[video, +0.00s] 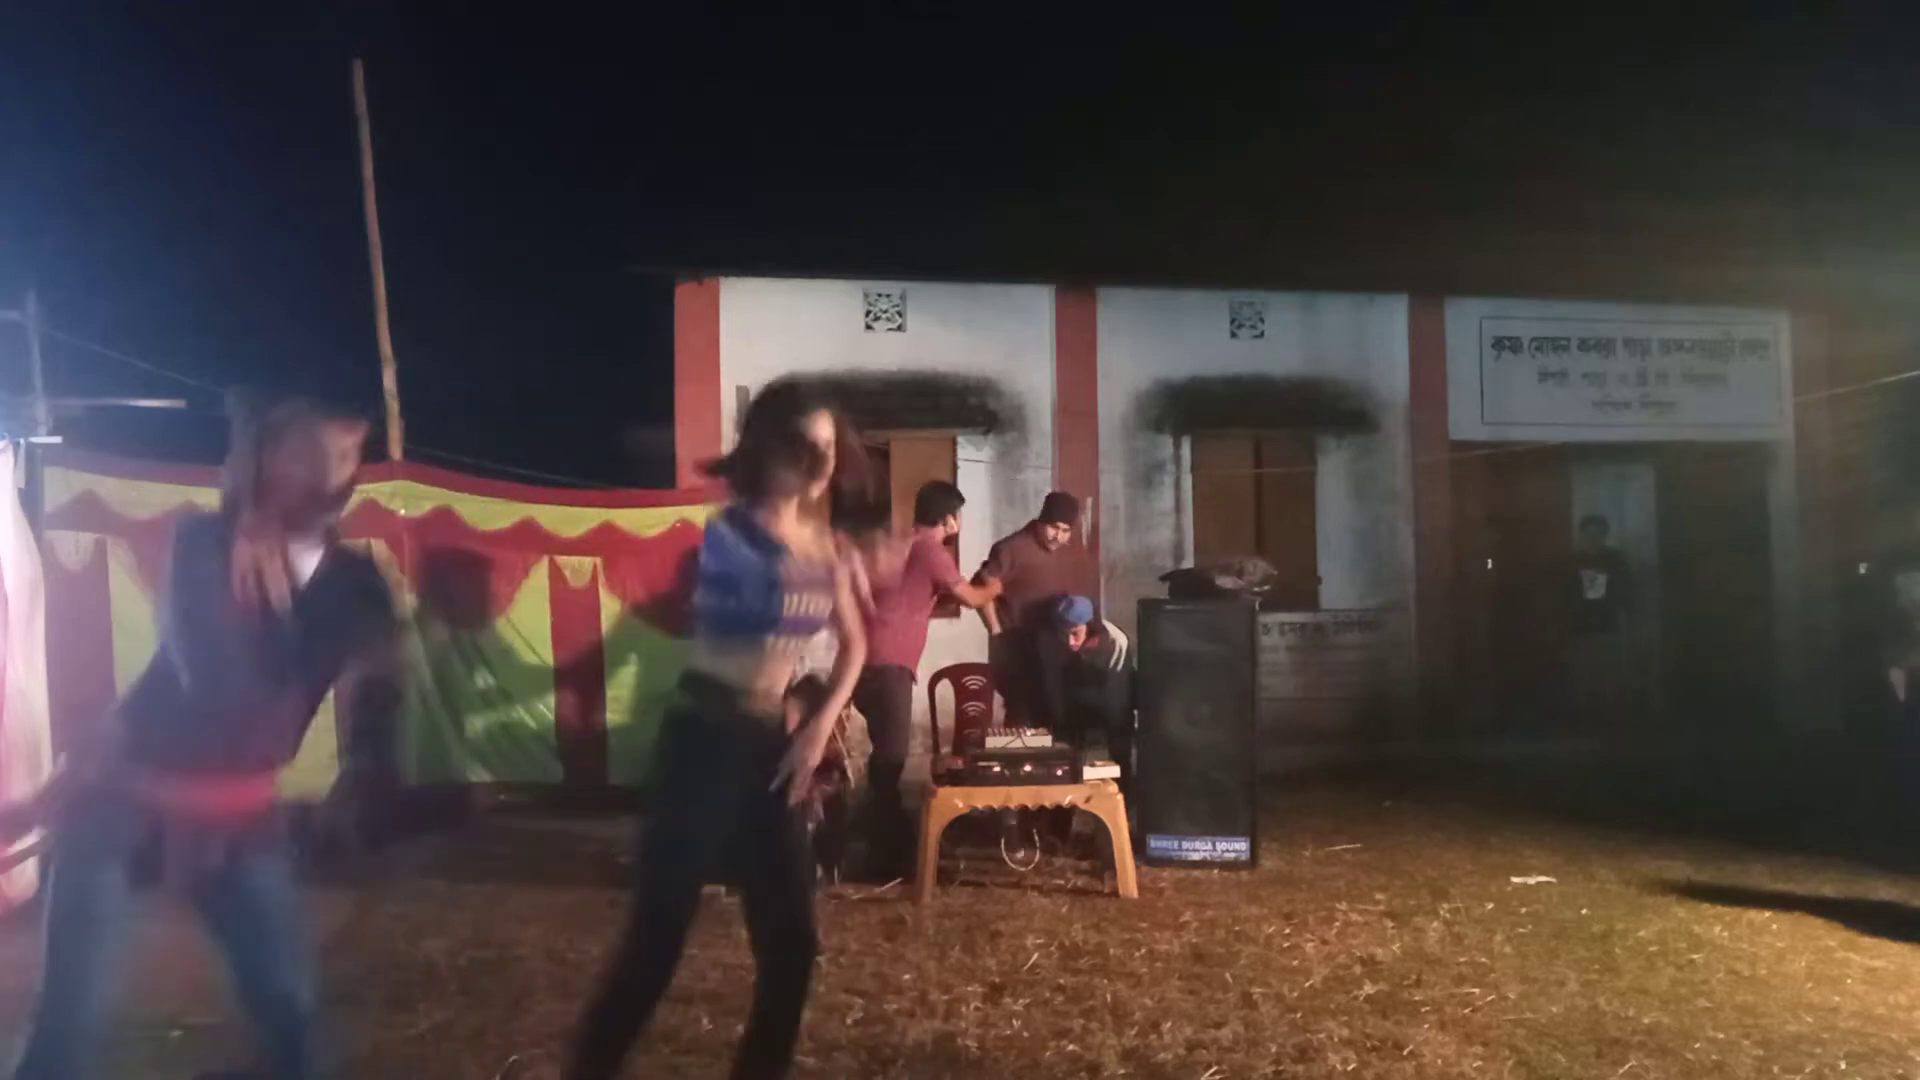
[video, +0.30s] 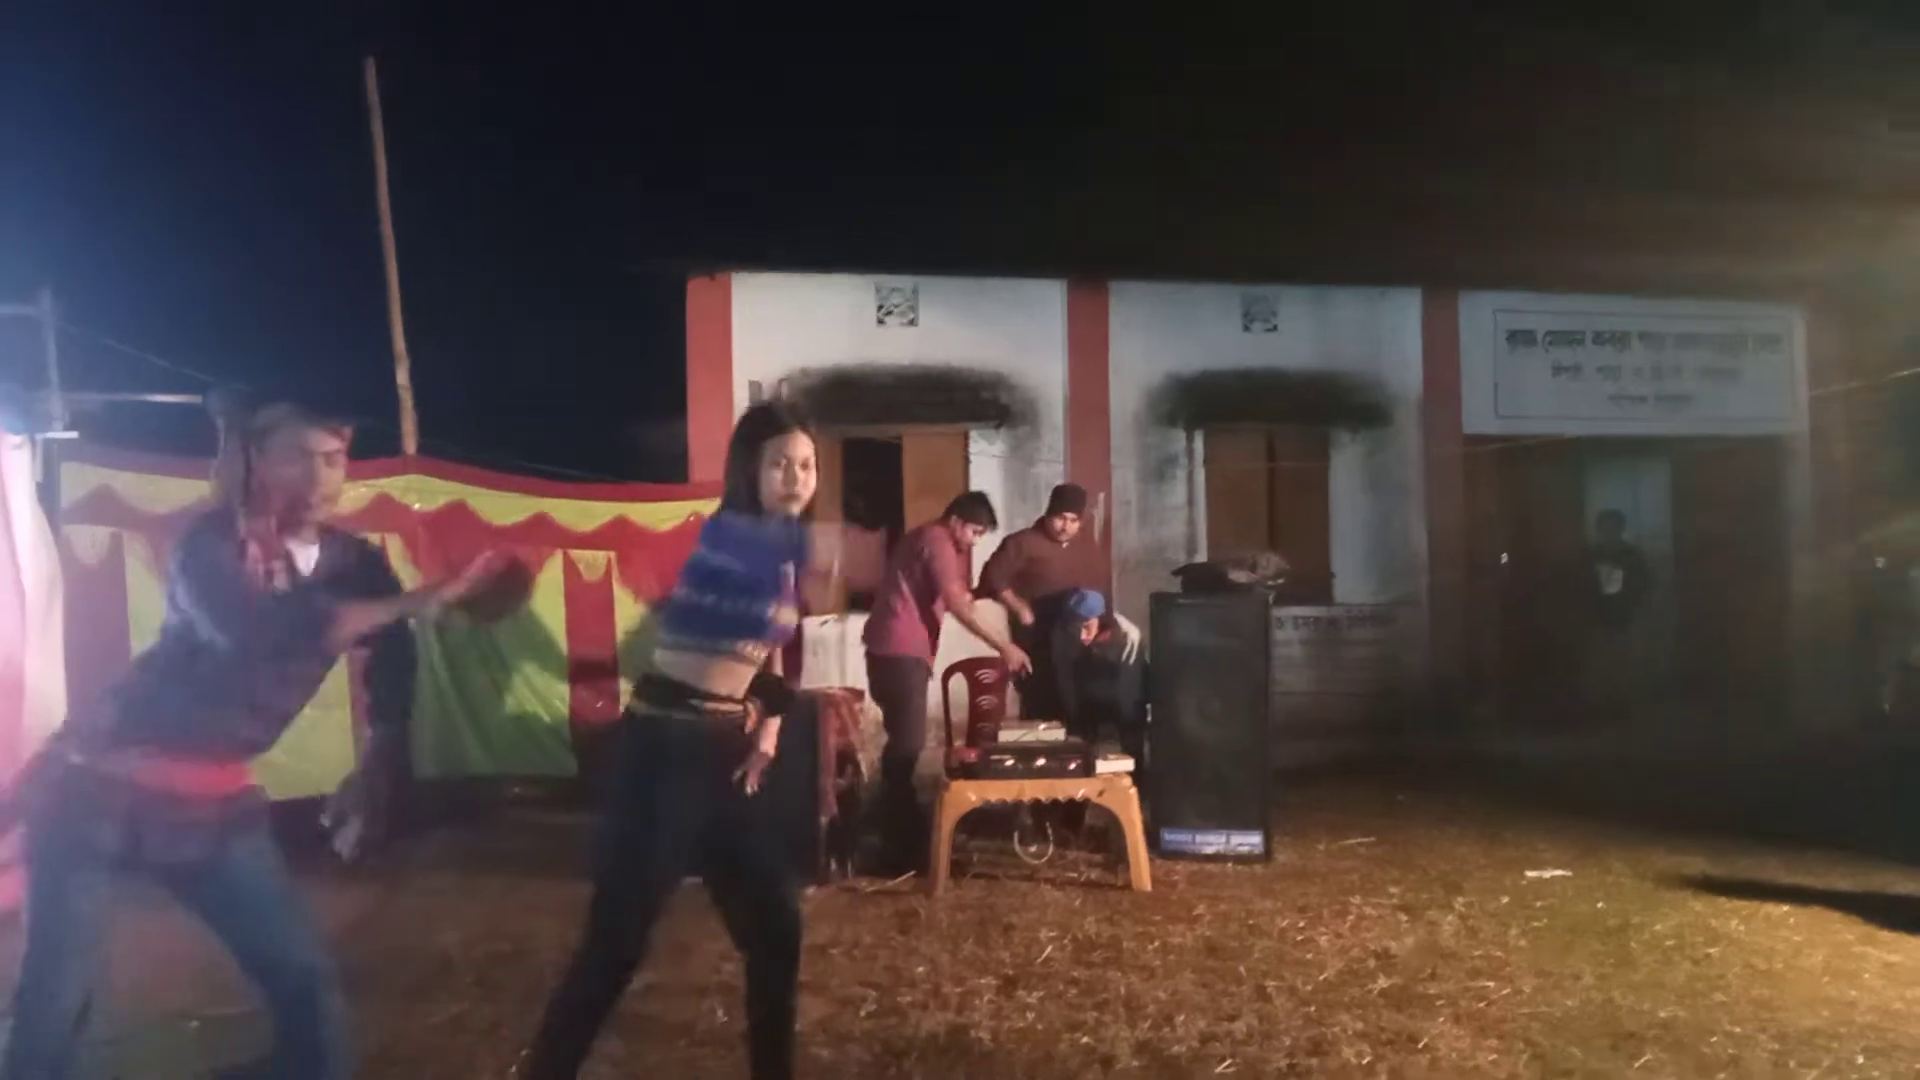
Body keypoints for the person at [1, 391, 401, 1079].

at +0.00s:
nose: (312, 479)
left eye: (331, 462)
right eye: (299, 457)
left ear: (346, 478)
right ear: (259, 457)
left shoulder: (355, 585)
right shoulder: (199, 544)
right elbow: (214, 689)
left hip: (238, 821)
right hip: (122, 807)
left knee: (293, 1017)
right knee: (75, 1022)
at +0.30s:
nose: (322, 475)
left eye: (333, 459)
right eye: (303, 456)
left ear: (345, 472)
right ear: (256, 463)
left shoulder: (349, 558)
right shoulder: (207, 543)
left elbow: (391, 644)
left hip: (213, 801)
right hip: (98, 793)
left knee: (306, 982)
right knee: (56, 999)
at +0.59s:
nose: (346, 485)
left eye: (358, 467)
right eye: (328, 466)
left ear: (375, 472)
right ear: (289, 472)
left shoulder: (401, 561)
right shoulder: (221, 573)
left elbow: (419, 683)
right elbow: (181, 684)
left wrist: (410, 770)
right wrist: (193, 752)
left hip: (368, 806)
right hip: (249, 811)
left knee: (408, 987)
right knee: (192, 990)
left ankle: (413, 1071)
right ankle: (133, 1071)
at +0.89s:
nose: (425, 485)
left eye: (439, 468)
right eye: (411, 469)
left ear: (464, 467)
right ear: (385, 466)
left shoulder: (492, 529)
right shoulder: (337, 532)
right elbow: (250, 622)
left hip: (483, 762)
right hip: (379, 773)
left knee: (519, 935)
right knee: (374, 959)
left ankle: (582, 1058)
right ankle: (390, 1066)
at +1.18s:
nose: (562, 479)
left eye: (573, 462)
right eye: (548, 462)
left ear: (590, 456)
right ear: (513, 456)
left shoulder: (622, 516)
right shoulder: (456, 525)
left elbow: (706, 589)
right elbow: (350, 589)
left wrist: (740, 647)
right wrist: (277, 566)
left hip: (656, 741)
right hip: (558, 756)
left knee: (700, 914)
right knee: (520, 934)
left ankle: (739, 1061)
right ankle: (510, 1067)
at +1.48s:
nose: (678, 489)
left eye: (681, 474)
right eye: (662, 474)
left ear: (682, 483)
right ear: (616, 480)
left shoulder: (713, 568)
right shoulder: (555, 569)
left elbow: (732, 680)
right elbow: (518, 683)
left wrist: (752, 759)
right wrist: (567, 754)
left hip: (685, 789)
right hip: (587, 793)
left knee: (733, 954)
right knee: (562, 968)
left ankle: (800, 1064)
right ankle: (564, 1069)